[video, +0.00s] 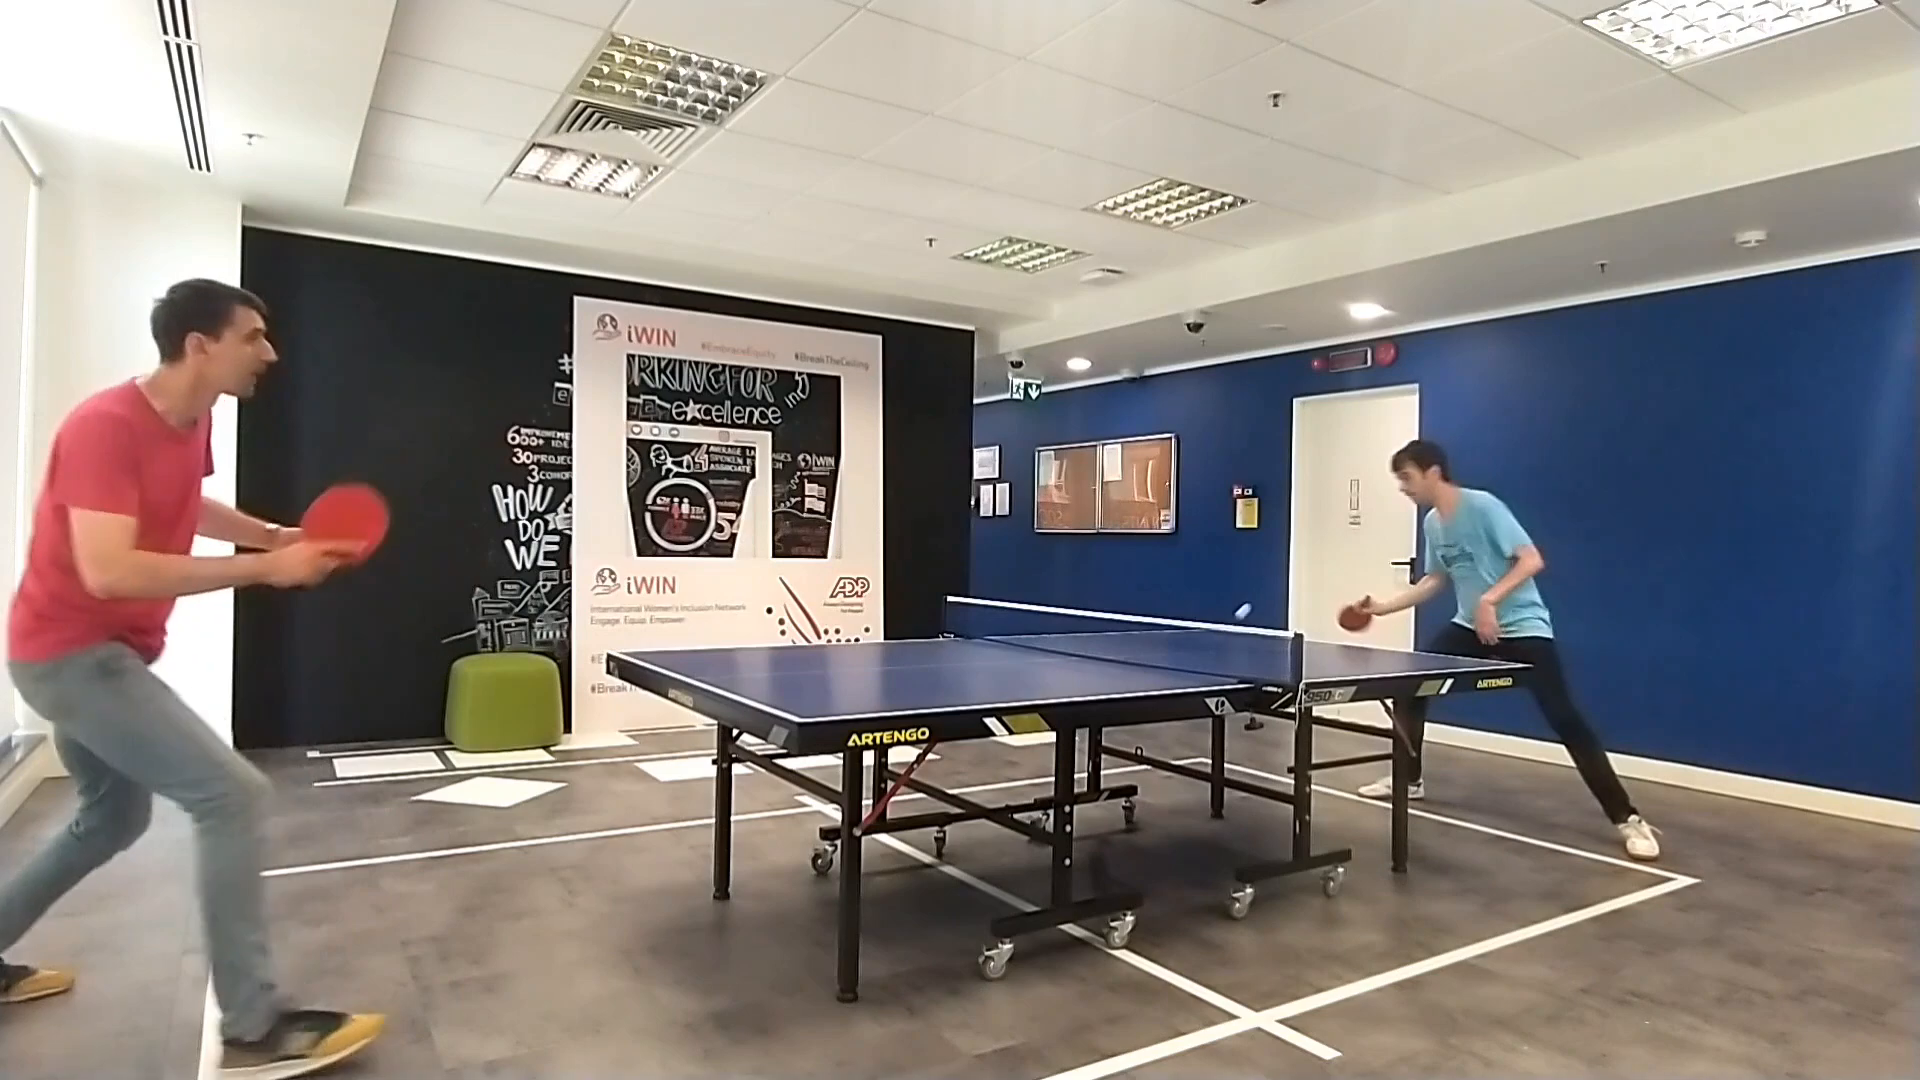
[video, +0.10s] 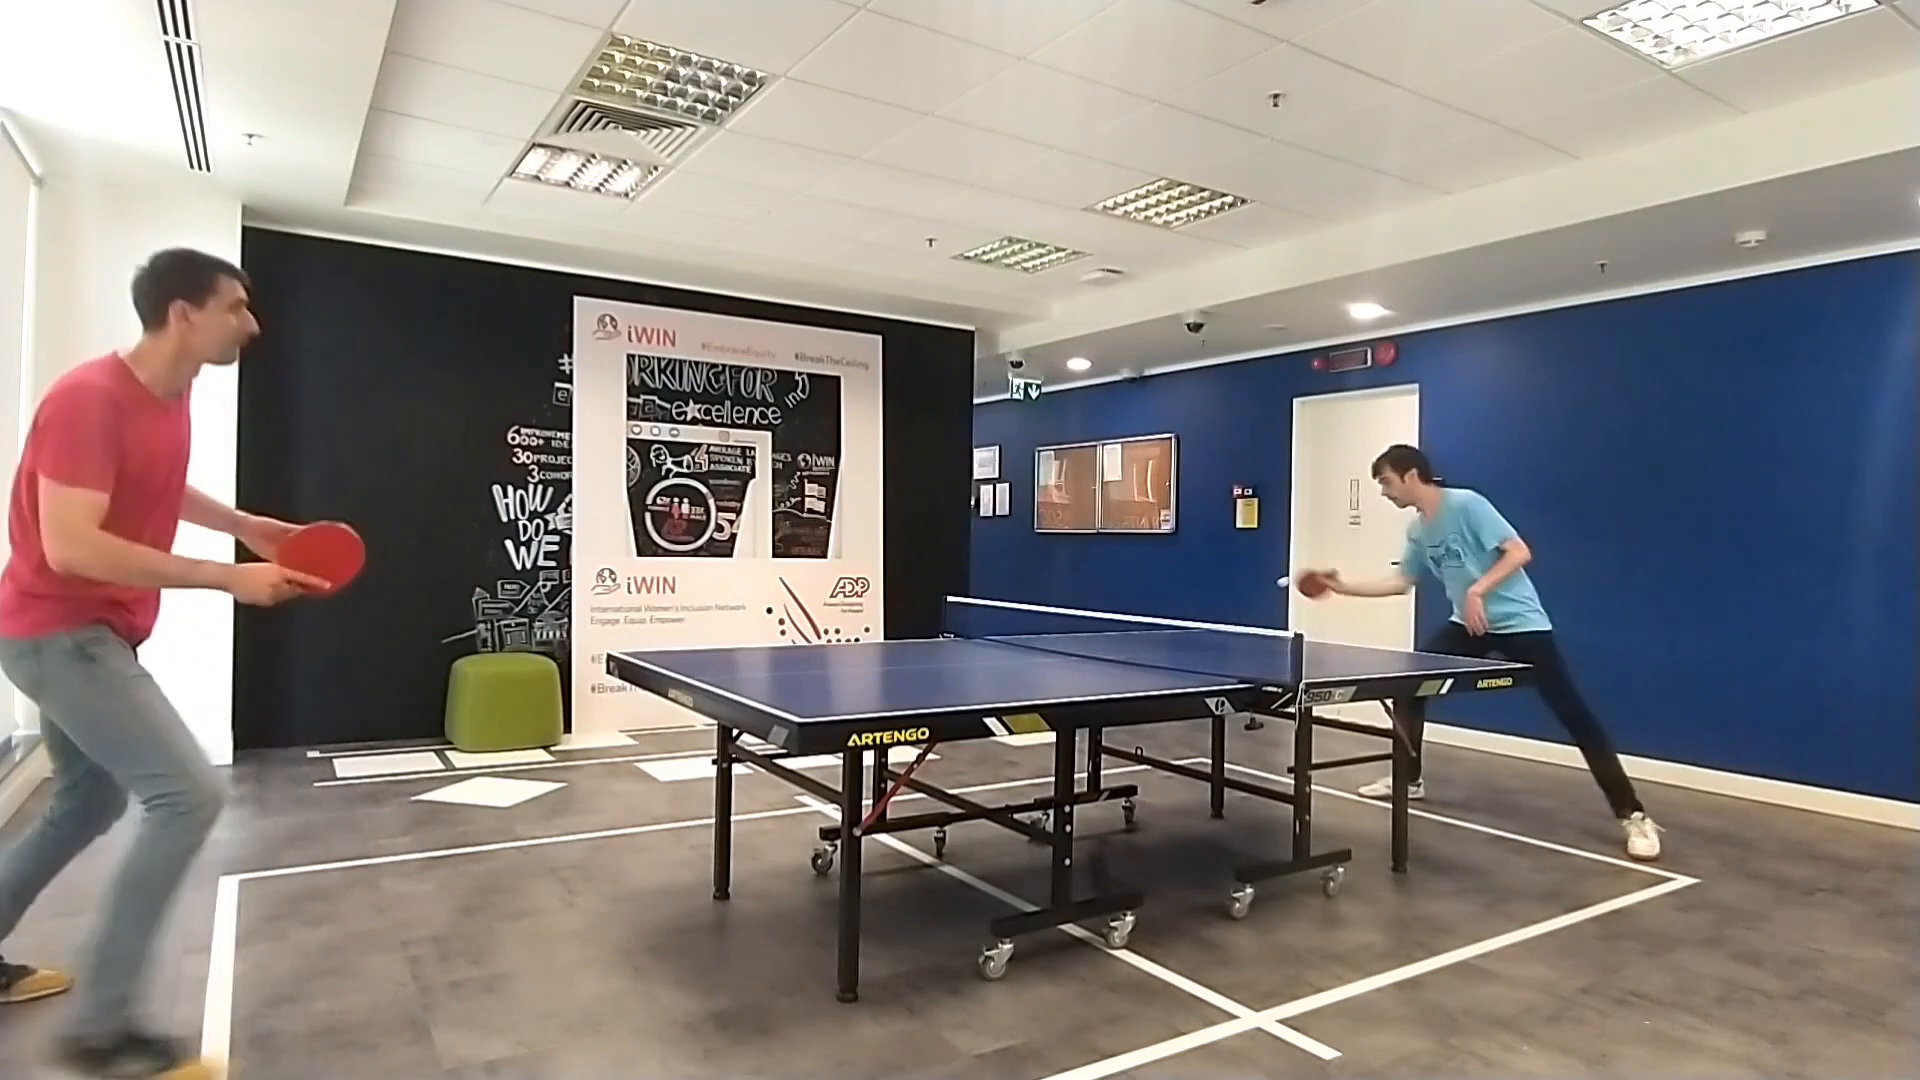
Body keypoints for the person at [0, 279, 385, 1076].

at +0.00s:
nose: (268, 353)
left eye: (265, 337)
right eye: (254, 337)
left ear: (205, 350)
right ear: (198, 346)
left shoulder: (192, 425)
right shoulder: (105, 427)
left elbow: (181, 508)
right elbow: (108, 571)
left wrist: (277, 539)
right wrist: (261, 568)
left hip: (107, 650)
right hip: (68, 656)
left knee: (111, 818)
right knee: (230, 795)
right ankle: (253, 1023)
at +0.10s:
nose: (250, 323)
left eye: (247, 308)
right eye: (236, 308)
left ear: (188, 319)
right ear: (181, 315)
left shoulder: (169, 399)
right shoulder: (88, 399)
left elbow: (151, 489)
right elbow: (70, 548)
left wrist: (242, 523)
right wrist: (227, 578)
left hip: (91, 629)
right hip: (51, 633)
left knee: (88, 800)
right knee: (185, 796)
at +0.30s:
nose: (243, 334)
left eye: (240, 318)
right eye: (230, 317)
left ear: (179, 325)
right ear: (174, 322)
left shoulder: (150, 410)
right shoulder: (96, 404)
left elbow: (111, 511)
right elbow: (92, 557)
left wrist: (183, 533)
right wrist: (246, 588)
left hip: (87, 635)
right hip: (29, 640)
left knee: (135, 779)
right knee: (107, 833)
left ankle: (16, 918)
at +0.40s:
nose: (254, 362)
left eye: (252, 346)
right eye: (243, 345)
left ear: (192, 352)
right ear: (190, 348)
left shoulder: (148, 429)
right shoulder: (109, 425)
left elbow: (112, 535)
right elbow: (111, 583)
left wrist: (164, 563)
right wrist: (264, 610)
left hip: (69, 645)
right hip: (22, 653)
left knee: (145, 770)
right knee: (120, 841)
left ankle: (88, 912)